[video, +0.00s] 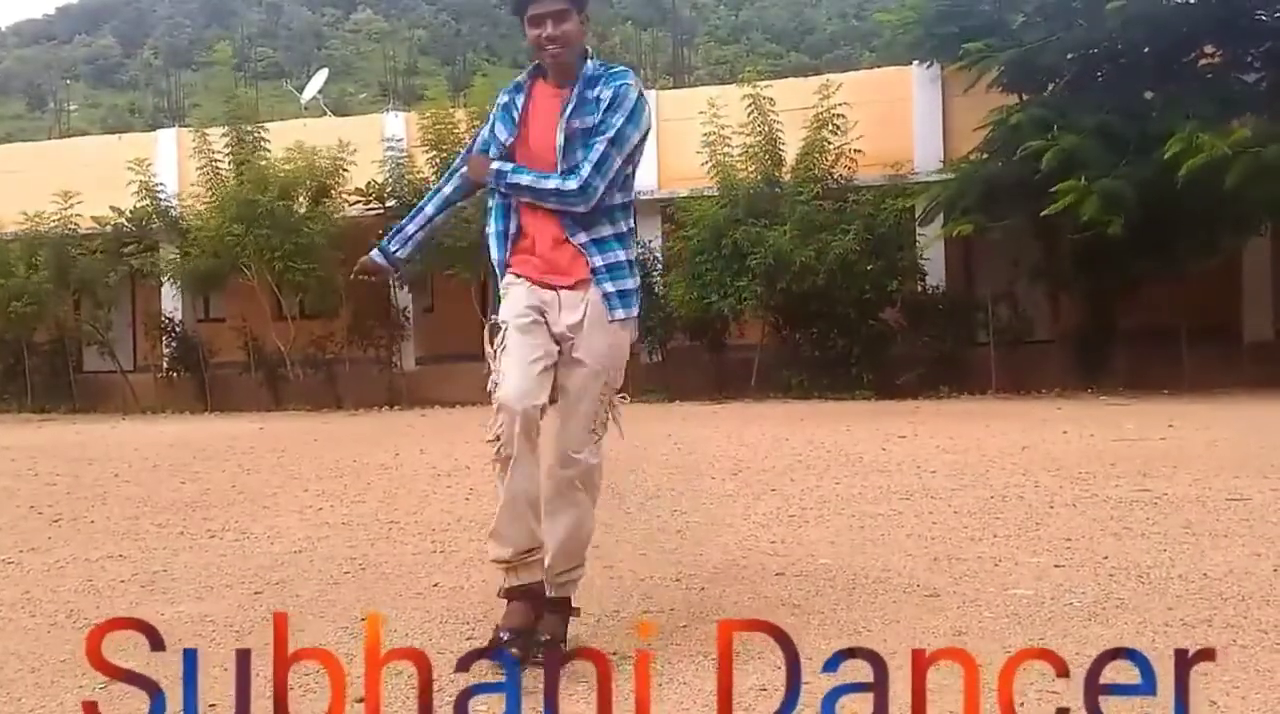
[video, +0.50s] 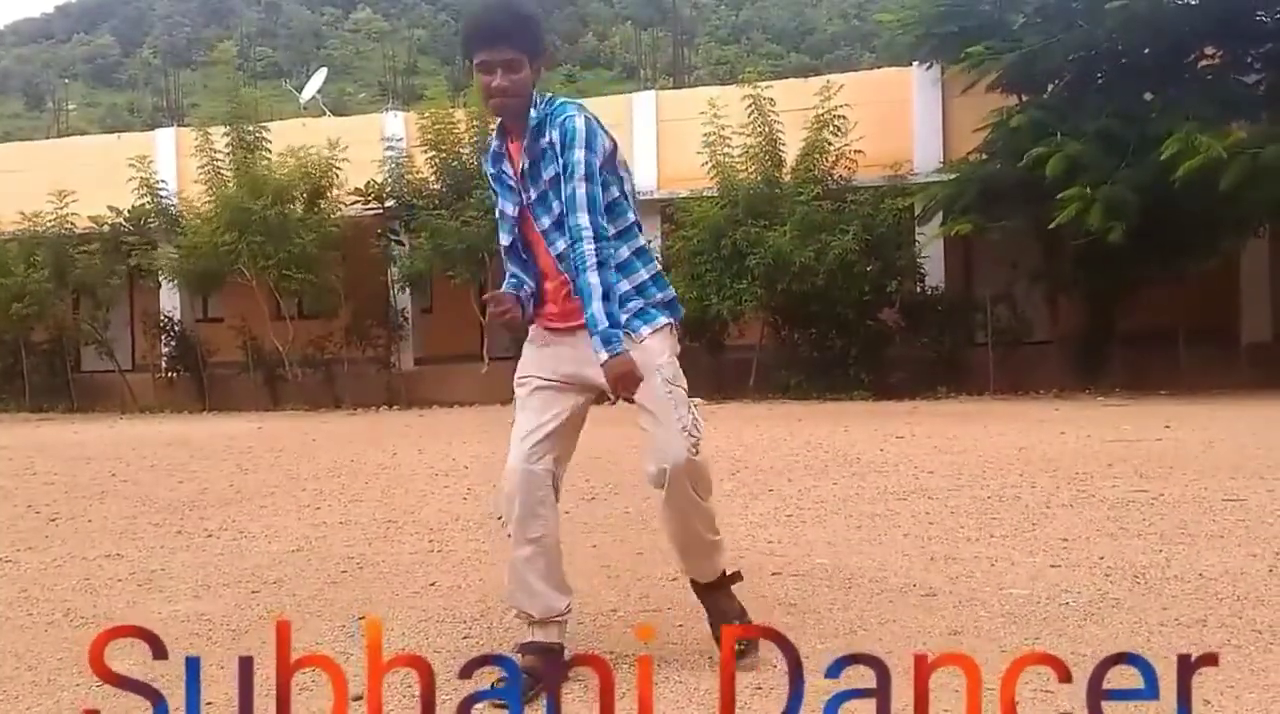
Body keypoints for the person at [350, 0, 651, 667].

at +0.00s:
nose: (548, 33)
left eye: (561, 19)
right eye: (537, 22)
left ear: (586, 22)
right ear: (525, 29)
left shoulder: (622, 92)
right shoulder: (513, 100)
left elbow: (584, 192)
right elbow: (463, 180)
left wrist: (497, 171)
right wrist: (392, 249)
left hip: (602, 290)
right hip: (525, 286)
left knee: (572, 452)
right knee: (517, 410)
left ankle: (557, 601)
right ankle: (522, 587)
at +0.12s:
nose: (526, 55)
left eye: (539, 41)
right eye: (515, 45)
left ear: (569, 39)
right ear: (504, 50)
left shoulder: (598, 103)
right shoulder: (504, 122)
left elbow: (549, 199)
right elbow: (461, 195)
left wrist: (488, 178)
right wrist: (397, 249)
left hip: (591, 319)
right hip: (516, 318)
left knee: (565, 471)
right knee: (518, 458)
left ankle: (558, 606)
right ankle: (534, 622)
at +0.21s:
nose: (516, 68)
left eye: (528, 53)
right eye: (505, 58)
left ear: (557, 49)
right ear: (495, 62)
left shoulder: (588, 103)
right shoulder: (504, 137)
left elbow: (548, 201)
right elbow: (464, 211)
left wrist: (489, 179)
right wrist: (407, 269)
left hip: (593, 323)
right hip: (518, 325)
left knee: (559, 470)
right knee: (515, 476)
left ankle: (553, 604)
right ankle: (544, 631)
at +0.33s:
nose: (504, 86)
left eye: (518, 70)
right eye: (492, 73)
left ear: (545, 64)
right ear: (480, 76)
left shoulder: (584, 118)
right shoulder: (498, 160)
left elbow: (580, 224)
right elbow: (485, 252)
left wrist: (503, 236)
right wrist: (422, 319)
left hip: (604, 333)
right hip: (528, 336)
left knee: (606, 486)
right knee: (504, 475)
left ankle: (597, 590)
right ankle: (544, 635)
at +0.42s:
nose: (497, 90)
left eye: (510, 75)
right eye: (485, 78)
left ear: (540, 71)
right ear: (476, 81)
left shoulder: (578, 124)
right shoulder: (499, 164)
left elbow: (589, 238)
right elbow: (505, 273)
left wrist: (522, 332)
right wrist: (443, 343)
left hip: (620, 335)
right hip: (541, 343)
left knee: (646, 468)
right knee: (507, 479)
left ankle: (652, 579)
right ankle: (543, 643)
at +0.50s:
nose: (497, 81)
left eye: (510, 67)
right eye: (485, 69)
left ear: (538, 69)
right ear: (474, 75)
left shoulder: (572, 126)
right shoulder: (495, 157)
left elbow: (588, 233)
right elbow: (517, 242)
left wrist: (611, 341)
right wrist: (517, 294)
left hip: (632, 317)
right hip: (552, 328)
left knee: (678, 458)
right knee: (526, 472)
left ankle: (711, 582)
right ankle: (545, 637)